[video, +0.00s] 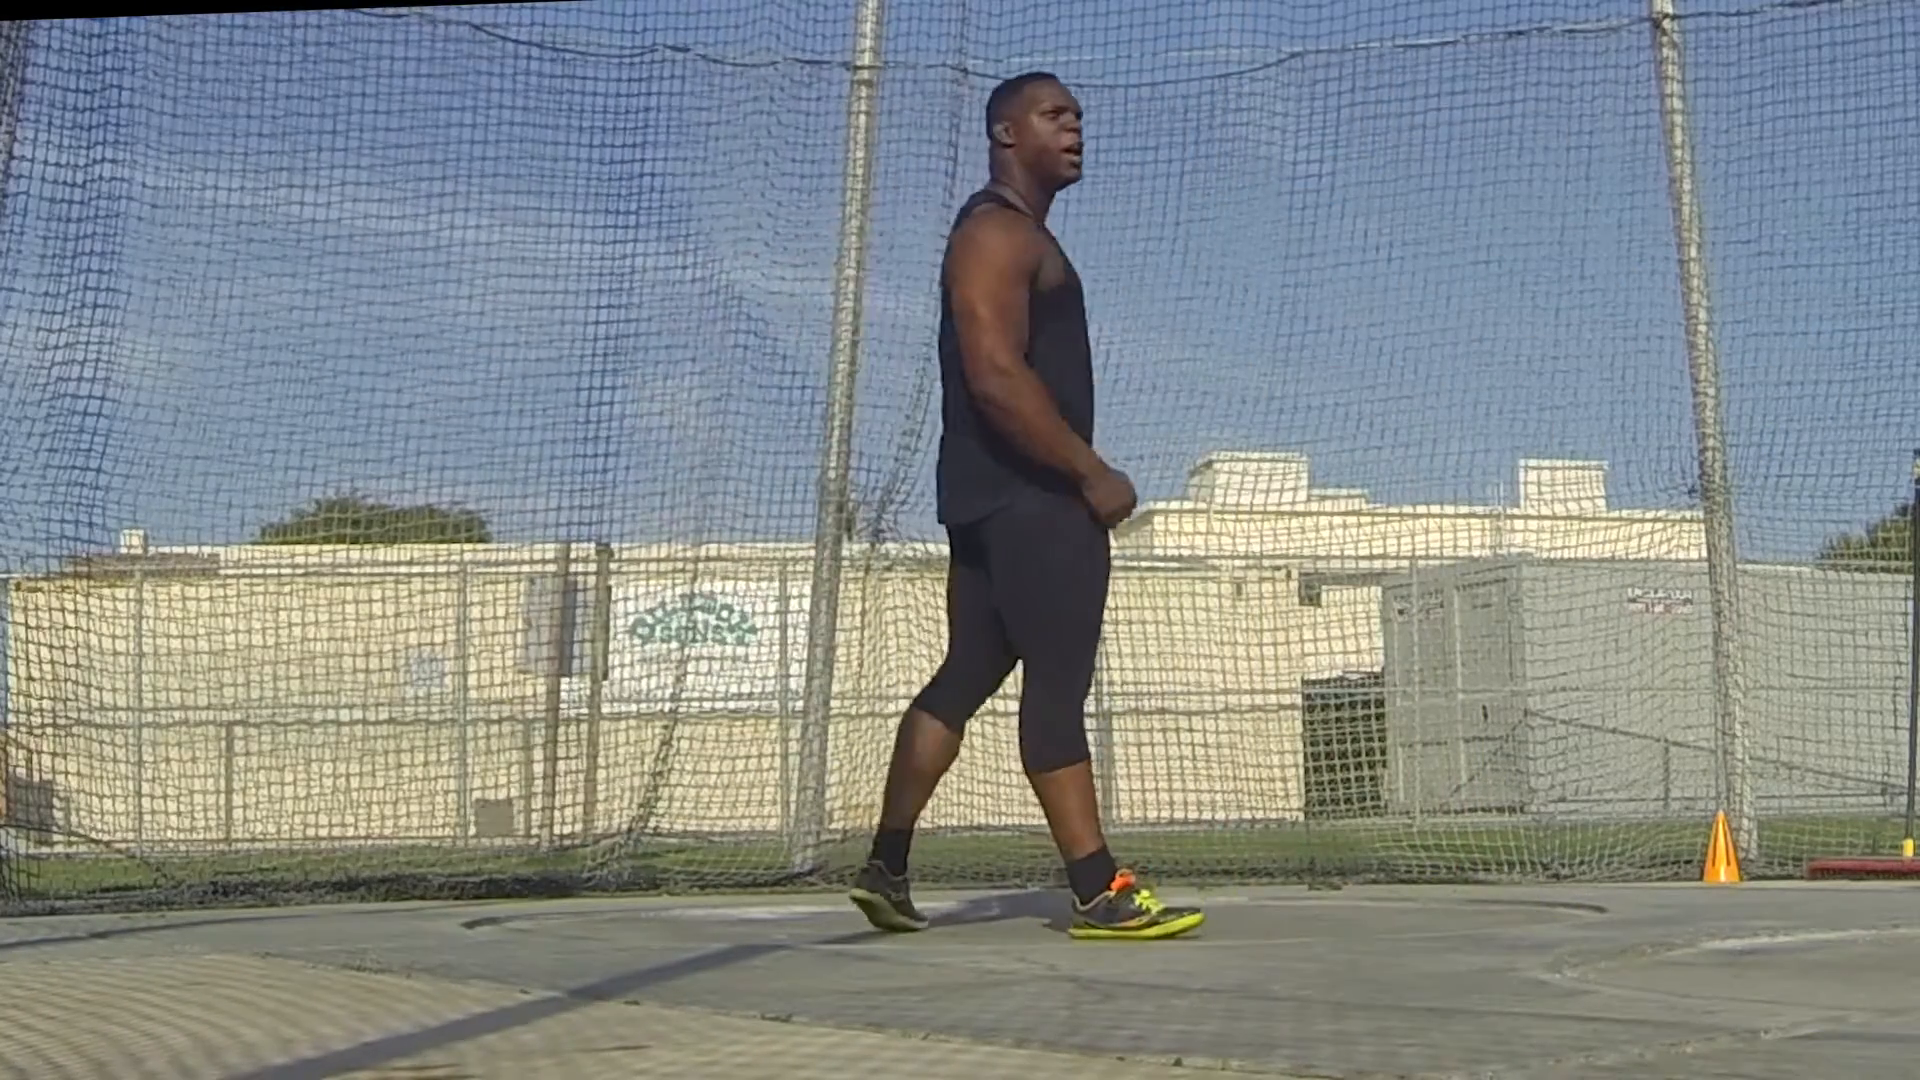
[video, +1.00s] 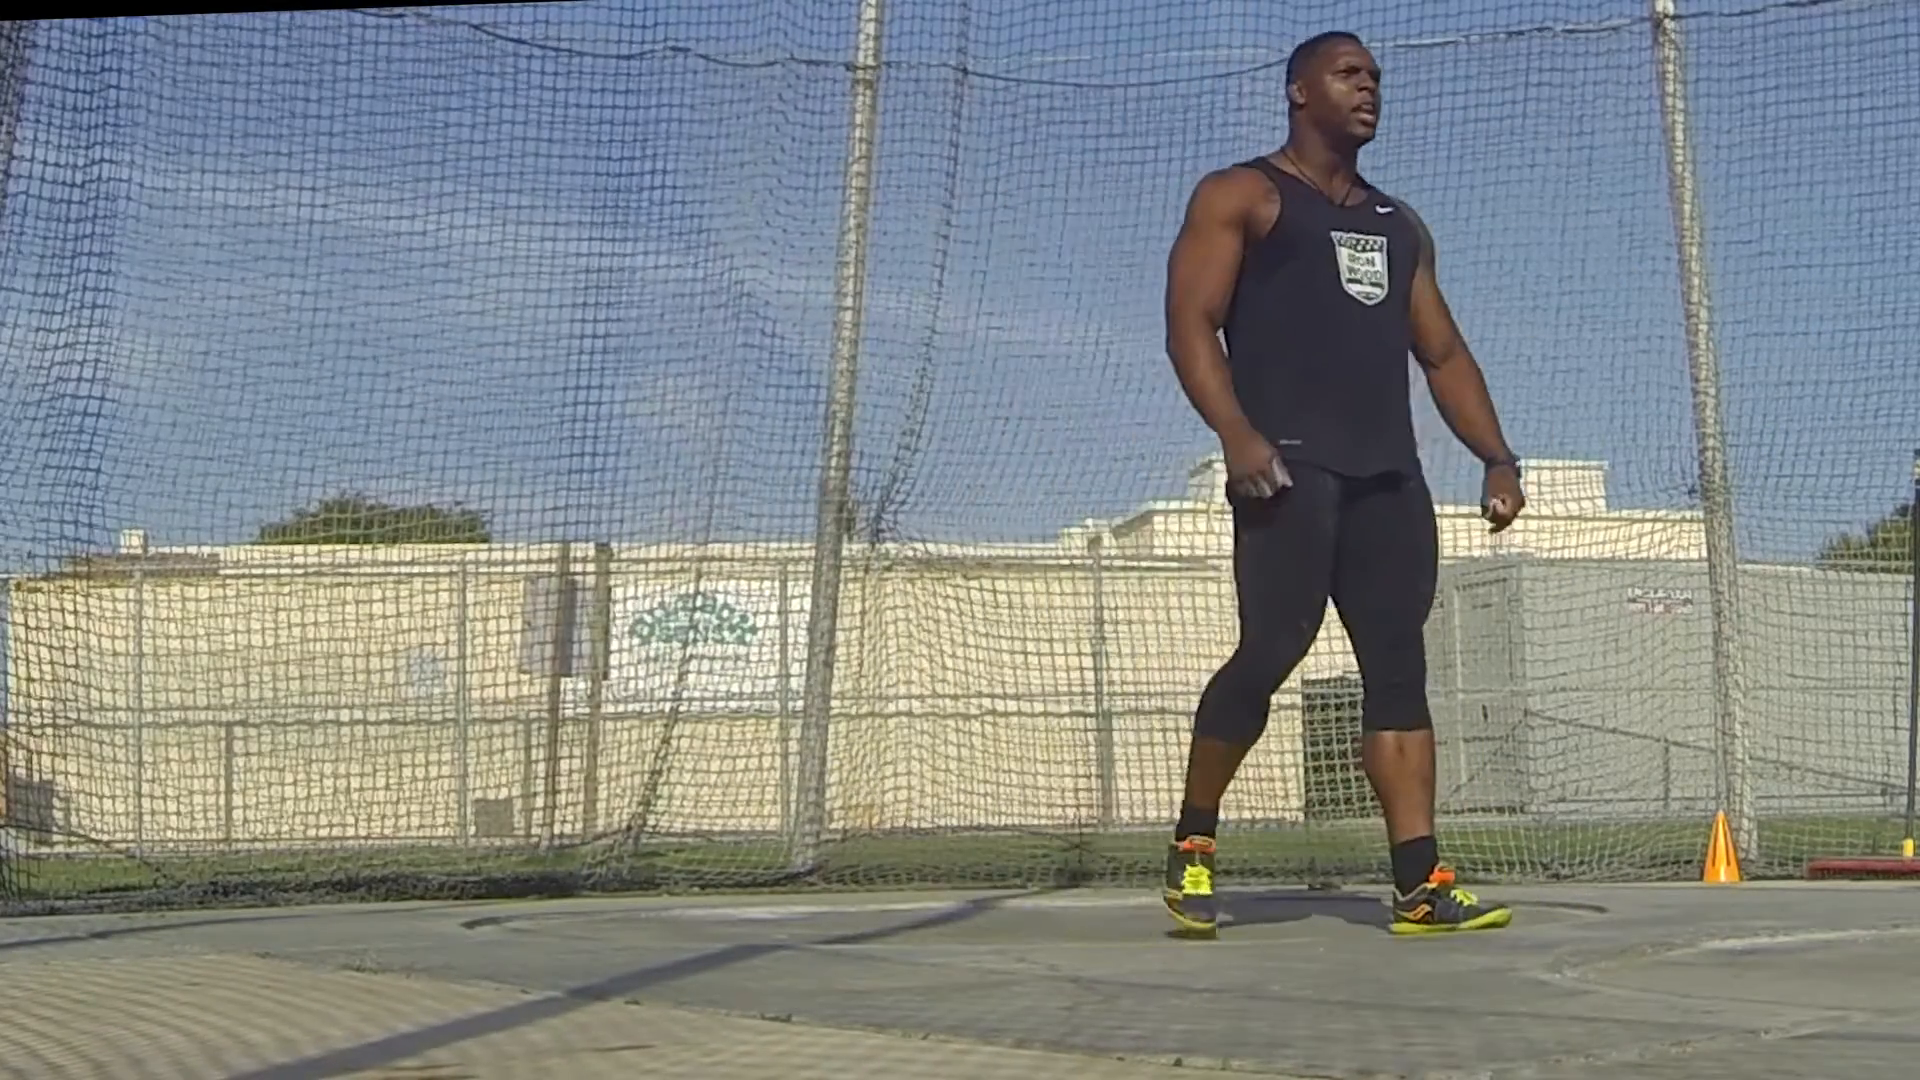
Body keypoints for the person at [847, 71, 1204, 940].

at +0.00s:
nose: (1077, 132)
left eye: (1077, 118)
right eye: (1058, 118)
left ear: (1032, 141)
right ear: (1007, 136)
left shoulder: (1005, 229)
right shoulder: (996, 231)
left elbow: (994, 379)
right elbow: (992, 374)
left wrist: (1077, 469)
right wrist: (1089, 469)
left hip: (990, 499)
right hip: (1031, 497)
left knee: (968, 671)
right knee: (1057, 681)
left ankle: (886, 864)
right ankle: (1098, 888)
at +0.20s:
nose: (1119, 110)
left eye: (1122, 98)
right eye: (1099, 96)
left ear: (1122, 117)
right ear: (1051, 113)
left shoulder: (1113, 229)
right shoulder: (1024, 205)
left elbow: (1125, 362)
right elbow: (997, 340)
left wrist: (1188, 458)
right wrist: (1056, 460)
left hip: (1128, 478)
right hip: (1073, 478)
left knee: (1139, 651)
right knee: (1085, 661)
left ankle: (1004, 819)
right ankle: (1097, 884)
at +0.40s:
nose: (1158, 97)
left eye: (1162, 87)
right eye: (1138, 84)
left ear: (1165, 110)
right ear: (1089, 104)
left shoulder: (1177, 221)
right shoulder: (1051, 195)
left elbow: (1195, 350)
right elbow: (1011, 321)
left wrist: (1258, 445)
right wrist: (1052, 437)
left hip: (1194, 478)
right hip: (1110, 476)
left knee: (1256, 637)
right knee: (1105, 668)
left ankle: (1202, 851)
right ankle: (1099, 886)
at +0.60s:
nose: (1230, 106)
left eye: (1235, 94)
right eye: (1210, 89)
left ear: (1231, 114)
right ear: (1158, 103)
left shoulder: (1239, 233)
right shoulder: (1097, 208)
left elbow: (1262, 372)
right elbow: (1042, 346)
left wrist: (1305, 482)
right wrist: (1087, 468)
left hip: (1254, 488)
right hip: (1151, 485)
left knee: (1304, 660)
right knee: (1135, 678)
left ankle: (1366, 868)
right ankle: (1102, 887)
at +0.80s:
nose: (1307, 107)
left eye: (1313, 96)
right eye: (1288, 90)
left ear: (1313, 121)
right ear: (1236, 106)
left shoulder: (1325, 237)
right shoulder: (1174, 211)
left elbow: (1338, 370)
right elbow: (1120, 356)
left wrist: (1356, 481)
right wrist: (1141, 491)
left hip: (1322, 487)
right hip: (1218, 484)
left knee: (1357, 675)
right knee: (1182, 678)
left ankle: (1413, 880)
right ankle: (1115, 877)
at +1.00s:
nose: (1368, 89)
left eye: (1373, 78)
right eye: (1349, 75)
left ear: (1378, 100)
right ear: (1299, 94)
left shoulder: (1398, 226)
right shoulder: (1238, 194)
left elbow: (1444, 354)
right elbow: (1189, 326)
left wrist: (1496, 455)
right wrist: (1237, 436)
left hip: (1387, 474)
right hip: (1284, 465)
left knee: (1397, 661)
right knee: (1270, 648)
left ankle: (1419, 882)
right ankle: (1194, 840)